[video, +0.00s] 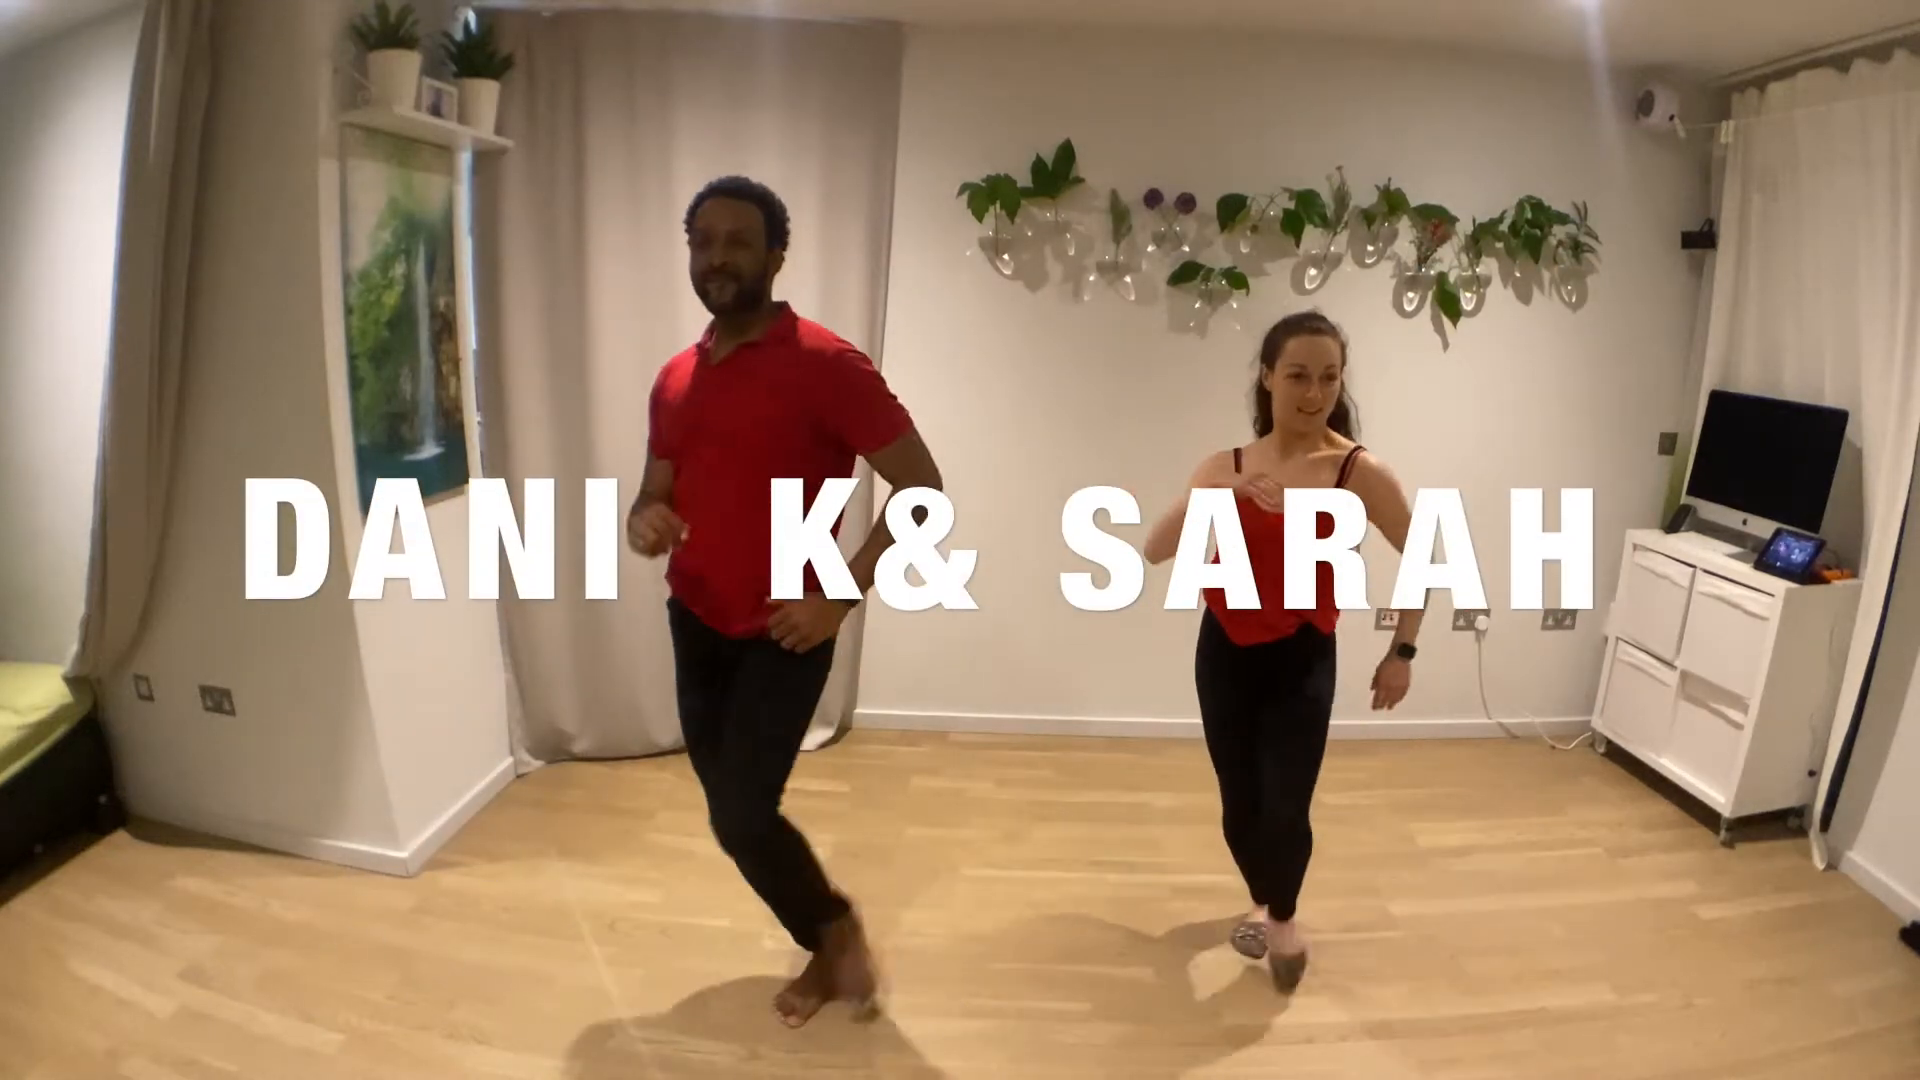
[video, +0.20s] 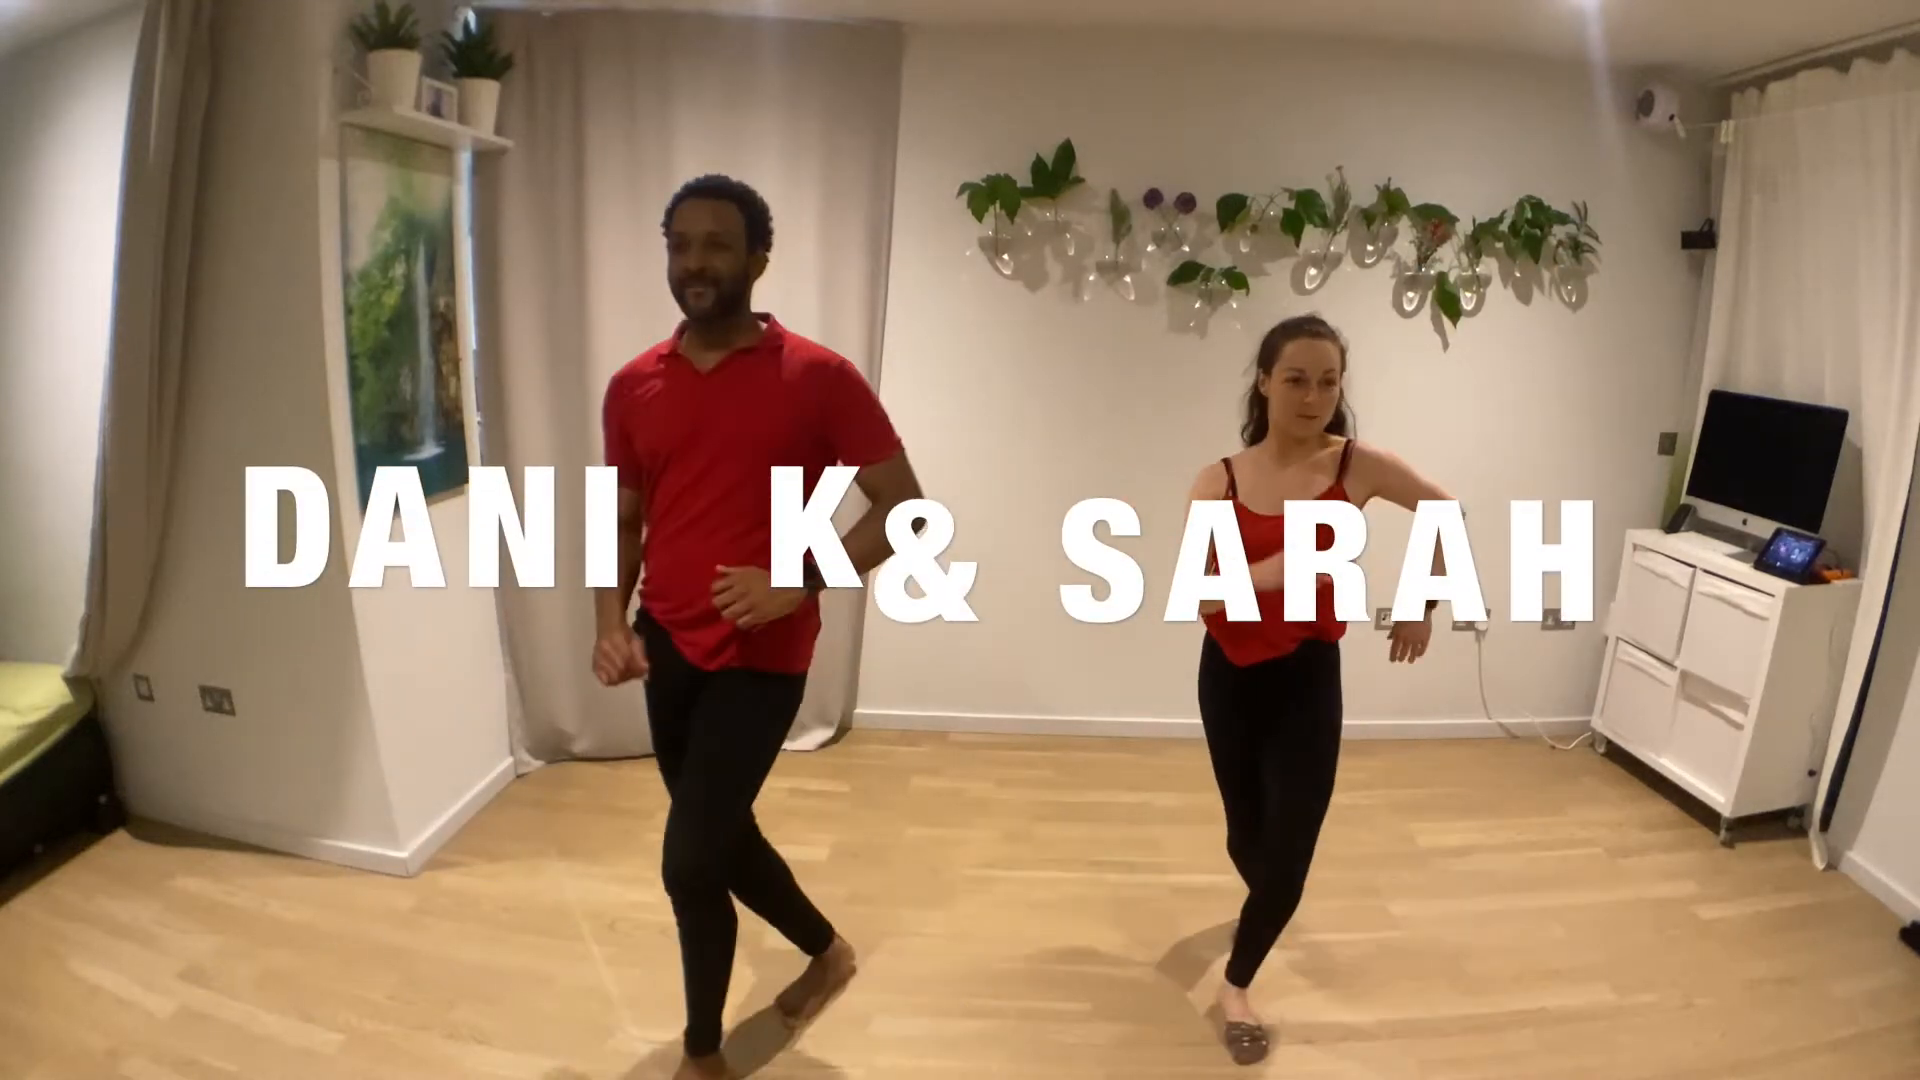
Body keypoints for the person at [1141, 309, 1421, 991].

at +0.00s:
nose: (1312, 389)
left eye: (1326, 376)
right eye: (1297, 374)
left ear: (1340, 384)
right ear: (1267, 377)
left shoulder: (1359, 472)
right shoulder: (1223, 469)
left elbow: (1423, 557)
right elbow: (1154, 549)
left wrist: (1402, 651)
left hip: (1302, 655)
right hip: (1225, 651)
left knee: (1285, 802)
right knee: (1239, 800)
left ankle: (1283, 926)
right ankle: (1265, 909)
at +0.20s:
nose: (1313, 394)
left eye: (1328, 381)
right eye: (1297, 379)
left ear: (1340, 390)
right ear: (1263, 383)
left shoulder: (1359, 465)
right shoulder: (1221, 480)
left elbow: (1443, 511)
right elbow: (1194, 588)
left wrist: (1419, 605)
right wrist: (1276, 575)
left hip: (1310, 675)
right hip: (1230, 675)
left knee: (1285, 857)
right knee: (1244, 836)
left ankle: (1236, 987)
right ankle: (1276, 904)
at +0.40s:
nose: (1313, 395)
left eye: (1327, 381)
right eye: (1296, 379)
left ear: (1340, 390)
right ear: (1260, 382)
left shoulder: (1351, 470)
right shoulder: (1205, 479)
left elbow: (1435, 531)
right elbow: (1167, 581)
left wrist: (1389, 514)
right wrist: (1207, 646)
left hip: (1322, 691)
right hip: (1237, 692)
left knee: (1300, 873)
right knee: (1233, 871)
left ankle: (1232, 994)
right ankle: (1243, 897)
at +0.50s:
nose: (1310, 397)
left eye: (1325, 382)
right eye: (1294, 380)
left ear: (1339, 391)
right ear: (1259, 384)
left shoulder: (1347, 479)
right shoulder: (1202, 471)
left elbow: (1415, 572)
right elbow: (1146, 546)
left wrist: (1366, 489)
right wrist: (1164, 631)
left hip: (1323, 692)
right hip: (1237, 694)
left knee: (1298, 874)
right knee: (1234, 877)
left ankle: (1237, 995)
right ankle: (1194, 899)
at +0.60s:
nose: (1312, 396)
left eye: (1325, 382)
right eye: (1295, 379)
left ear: (1338, 391)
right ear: (1255, 383)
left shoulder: (1346, 493)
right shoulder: (1200, 467)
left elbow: (1335, 593)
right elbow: (1113, 532)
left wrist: (1320, 498)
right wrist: (1117, 611)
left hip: (1314, 690)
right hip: (1231, 688)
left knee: (1294, 872)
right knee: (1236, 868)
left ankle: (1241, 997)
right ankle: (1154, 913)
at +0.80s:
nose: (1335, 400)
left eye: (1335, 383)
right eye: (1323, 383)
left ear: (1290, 386)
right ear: (1271, 386)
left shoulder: (1331, 483)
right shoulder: (1209, 484)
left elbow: (1371, 583)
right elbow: (1166, 607)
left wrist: (1335, 558)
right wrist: (1130, 719)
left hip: (1288, 674)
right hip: (1210, 675)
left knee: (1324, 822)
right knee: (1203, 837)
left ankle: (1235, 902)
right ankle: (1172, 926)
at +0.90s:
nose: (1338, 394)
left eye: (1338, 377)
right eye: (1328, 377)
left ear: (1290, 383)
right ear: (1281, 381)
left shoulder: (1306, 452)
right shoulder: (1232, 480)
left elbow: (1351, 501)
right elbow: (1305, 587)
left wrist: (1352, 525)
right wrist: (1335, 688)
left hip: (1280, 666)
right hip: (1207, 672)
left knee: (1334, 811)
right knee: (1199, 828)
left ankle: (1244, 840)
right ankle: (1172, 924)